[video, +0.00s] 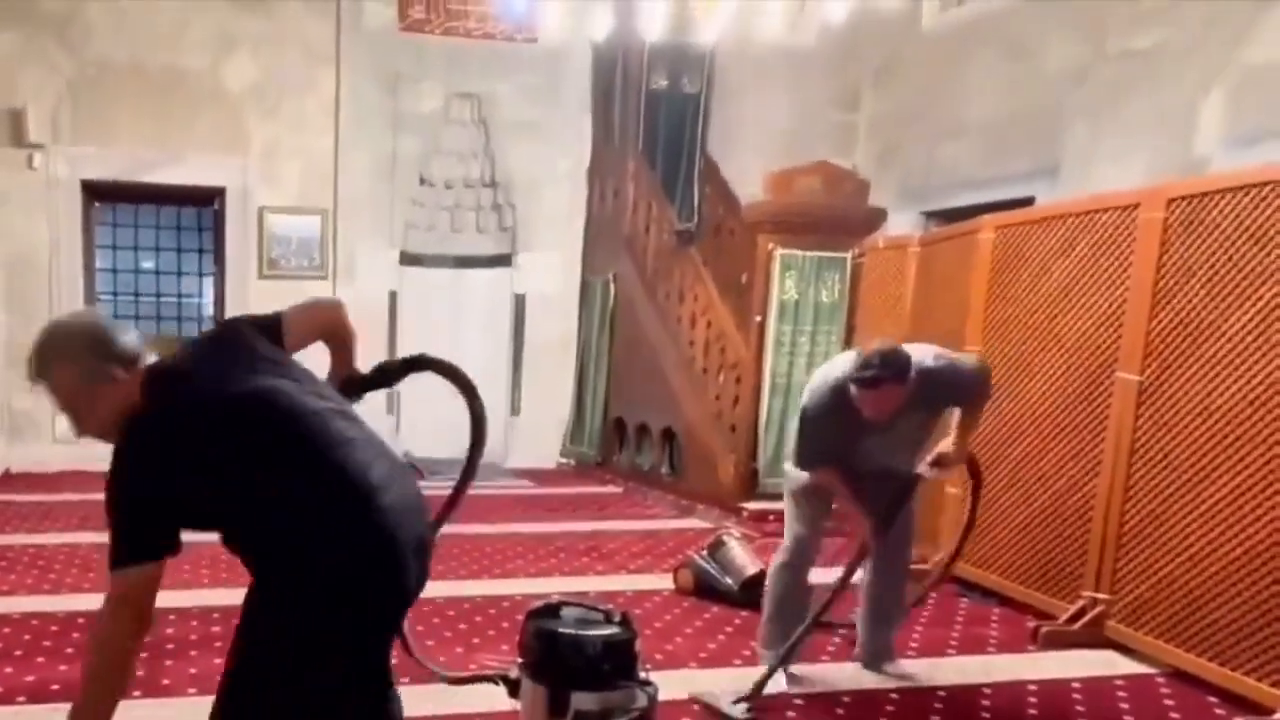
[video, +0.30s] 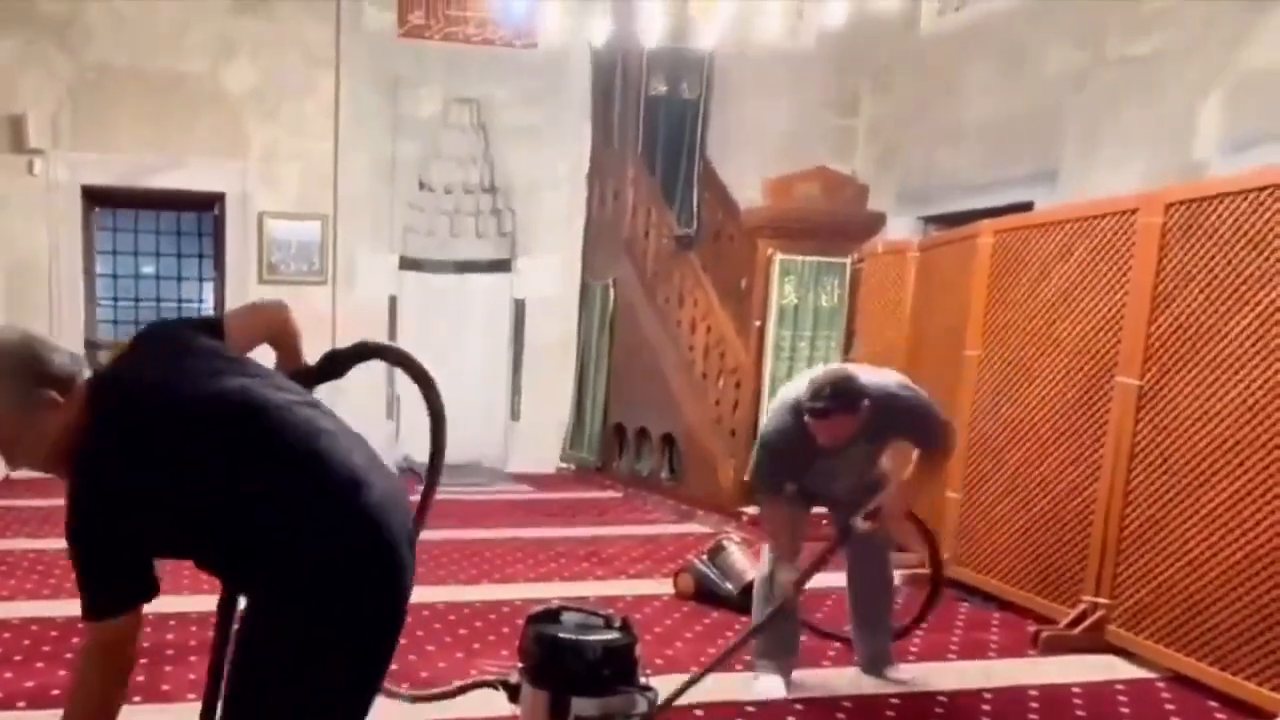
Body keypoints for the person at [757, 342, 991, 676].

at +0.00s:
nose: (865, 409)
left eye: (875, 400)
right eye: (859, 399)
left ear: (904, 387)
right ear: (854, 385)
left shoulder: (936, 375)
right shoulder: (825, 399)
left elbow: (978, 378)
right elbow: (821, 467)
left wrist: (959, 442)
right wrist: (862, 517)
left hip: (892, 469)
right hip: (827, 465)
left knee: (892, 560)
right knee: (798, 549)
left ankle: (875, 655)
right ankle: (775, 656)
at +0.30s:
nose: (824, 439)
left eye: (834, 430)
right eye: (816, 429)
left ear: (861, 413)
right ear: (807, 415)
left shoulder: (897, 401)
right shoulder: (781, 430)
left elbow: (940, 440)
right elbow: (772, 500)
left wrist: (904, 493)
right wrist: (784, 562)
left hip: (860, 486)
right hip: (798, 489)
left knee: (872, 563)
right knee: (777, 567)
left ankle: (876, 660)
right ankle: (771, 666)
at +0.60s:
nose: (807, 432)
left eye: (816, 424)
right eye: (800, 424)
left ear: (841, 407)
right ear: (788, 411)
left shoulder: (884, 398)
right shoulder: (765, 425)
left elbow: (912, 456)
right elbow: (745, 497)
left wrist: (865, 501)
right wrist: (748, 560)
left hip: (851, 483)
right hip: (787, 491)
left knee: (867, 562)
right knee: (773, 566)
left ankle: (874, 661)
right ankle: (771, 667)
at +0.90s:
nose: (814, 419)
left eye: (822, 410)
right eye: (808, 410)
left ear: (853, 391)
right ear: (802, 396)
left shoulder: (892, 377)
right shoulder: (782, 410)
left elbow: (944, 372)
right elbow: (788, 481)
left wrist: (917, 437)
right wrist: (822, 532)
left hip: (869, 474)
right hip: (803, 476)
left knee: (880, 562)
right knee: (784, 550)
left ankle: (877, 656)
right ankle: (772, 663)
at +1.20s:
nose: (824, 417)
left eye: (833, 407)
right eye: (818, 408)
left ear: (862, 399)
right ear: (810, 401)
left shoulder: (905, 392)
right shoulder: (785, 417)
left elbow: (932, 436)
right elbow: (772, 485)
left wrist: (891, 481)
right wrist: (784, 551)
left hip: (867, 475)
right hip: (803, 478)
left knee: (878, 560)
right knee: (780, 559)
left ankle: (878, 651)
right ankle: (773, 656)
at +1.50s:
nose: (826, 397)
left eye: (835, 388)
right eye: (822, 388)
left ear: (868, 379)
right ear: (816, 379)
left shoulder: (907, 361)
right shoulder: (793, 392)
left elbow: (957, 351)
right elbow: (786, 458)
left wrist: (926, 417)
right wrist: (823, 501)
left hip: (874, 458)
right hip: (810, 461)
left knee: (881, 546)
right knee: (786, 540)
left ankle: (879, 641)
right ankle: (776, 645)